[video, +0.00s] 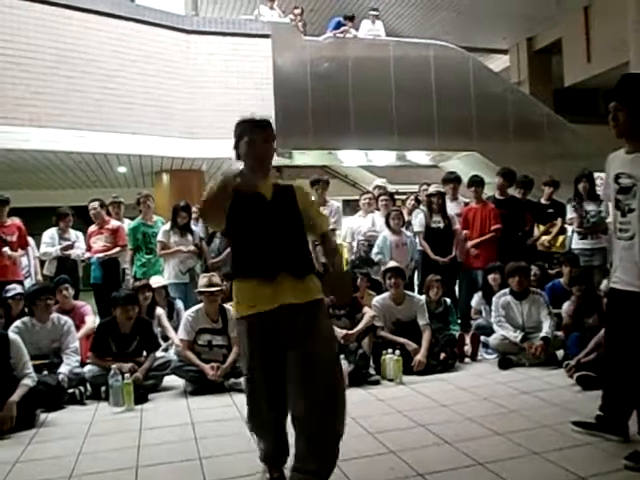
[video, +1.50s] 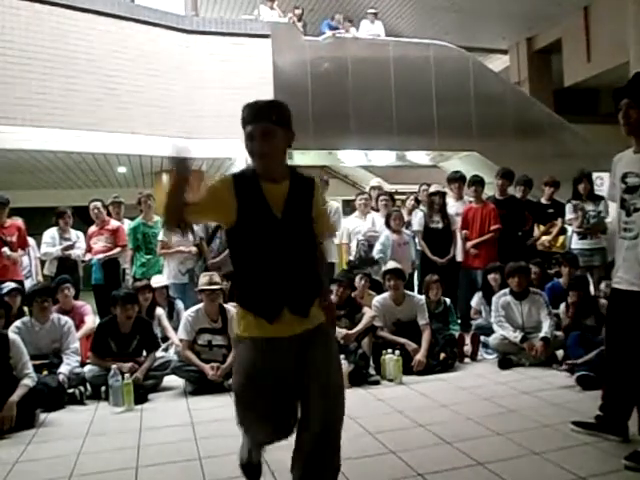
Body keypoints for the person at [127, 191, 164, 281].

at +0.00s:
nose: (147, 204)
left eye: (149, 201)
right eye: (143, 202)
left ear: (154, 204)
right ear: (139, 206)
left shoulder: (161, 222)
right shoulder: (134, 226)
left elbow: (165, 245)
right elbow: (130, 249)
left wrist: (167, 267)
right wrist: (129, 271)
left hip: (159, 268)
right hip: (141, 269)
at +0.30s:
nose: (147, 204)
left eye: (149, 201)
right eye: (143, 202)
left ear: (153, 204)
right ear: (139, 206)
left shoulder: (160, 222)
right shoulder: (133, 226)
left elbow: (164, 244)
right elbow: (130, 249)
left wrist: (167, 266)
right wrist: (128, 269)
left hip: (158, 268)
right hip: (141, 269)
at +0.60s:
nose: (147, 204)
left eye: (148, 201)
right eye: (143, 202)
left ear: (153, 204)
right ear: (138, 206)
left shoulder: (160, 222)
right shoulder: (133, 226)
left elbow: (164, 244)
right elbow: (130, 249)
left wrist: (167, 266)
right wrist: (129, 270)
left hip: (158, 267)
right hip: (140, 269)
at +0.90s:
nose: (146, 204)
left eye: (148, 201)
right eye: (143, 202)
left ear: (152, 204)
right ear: (138, 206)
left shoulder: (160, 222)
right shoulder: (133, 226)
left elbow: (164, 244)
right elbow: (130, 249)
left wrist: (167, 266)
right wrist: (129, 270)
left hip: (158, 268)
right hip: (140, 269)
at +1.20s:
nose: (147, 204)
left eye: (149, 201)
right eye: (144, 202)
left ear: (154, 203)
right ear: (139, 206)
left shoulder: (160, 222)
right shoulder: (134, 226)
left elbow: (164, 244)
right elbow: (130, 249)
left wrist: (167, 266)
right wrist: (129, 270)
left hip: (158, 267)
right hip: (141, 269)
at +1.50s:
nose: (148, 204)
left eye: (150, 200)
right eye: (145, 202)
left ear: (154, 203)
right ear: (140, 206)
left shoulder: (160, 222)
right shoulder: (134, 226)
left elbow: (164, 244)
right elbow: (131, 249)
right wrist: (129, 269)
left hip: (159, 268)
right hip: (141, 269)